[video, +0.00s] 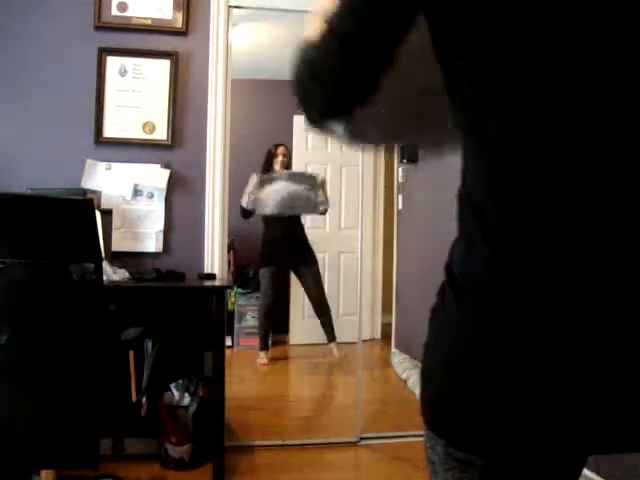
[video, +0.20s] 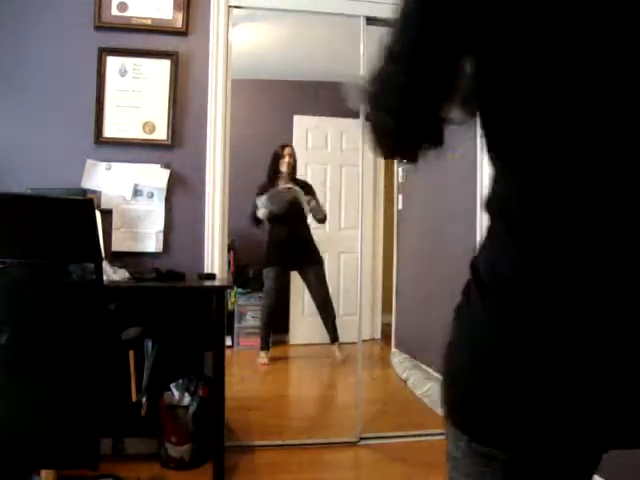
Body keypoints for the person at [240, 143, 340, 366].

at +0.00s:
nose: (282, 159)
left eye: (285, 156)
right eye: (278, 155)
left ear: (290, 159)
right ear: (270, 158)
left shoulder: (297, 182)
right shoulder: (261, 182)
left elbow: (321, 210)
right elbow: (245, 213)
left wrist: (321, 189)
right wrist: (252, 188)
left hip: (297, 243)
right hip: (272, 245)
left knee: (317, 294)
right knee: (267, 299)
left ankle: (332, 342)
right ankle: (264, 350)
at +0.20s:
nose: (288, 160)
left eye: (291, 157)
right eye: (284, 157)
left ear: (295, 161)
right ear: (276, 160)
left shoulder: (303, 187)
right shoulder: (266, 189)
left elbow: (321, 217)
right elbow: (257, 220)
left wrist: (306, 199)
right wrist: (269, 203)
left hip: (303, 247)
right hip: (277, 250)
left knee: (321, 295)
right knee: (270, 300)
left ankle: (335, 343)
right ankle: (264, 349)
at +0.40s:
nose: (309, 163)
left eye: (312, 159)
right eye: (304, 159)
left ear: (317, 163)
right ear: (297, 164)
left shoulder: (327, 191)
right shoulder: (289, 191)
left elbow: (344, 218)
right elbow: (273, 221)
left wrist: (344, 222)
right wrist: (281, 230)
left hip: (321, 252)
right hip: (293, 254)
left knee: (330, 302)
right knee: (281, 300)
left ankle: (334, 347)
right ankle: (265, 347)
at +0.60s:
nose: (318, 162)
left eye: (321, 158)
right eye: (314, 158)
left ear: (326, 161)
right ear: (307, 163)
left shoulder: (338, 188)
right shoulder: (299, 188)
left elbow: (360, 213)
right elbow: (270, 210)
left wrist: (347, 225)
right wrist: (280, 222)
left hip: (326, 249)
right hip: (299, 248)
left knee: (332, 301)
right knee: (277, 295)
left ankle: (335, 348)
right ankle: (256, 342)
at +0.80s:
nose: (317, 162)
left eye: (321, 158)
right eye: (313, 158)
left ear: (326, 162)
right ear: (307, 164)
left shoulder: (337, 190)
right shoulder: (298, 189)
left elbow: (355, 216)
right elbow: (270, 210)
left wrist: (346, 229)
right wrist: (280, 222)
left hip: (325, 249)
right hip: (297, 248)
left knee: (332, 302)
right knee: (275, 293)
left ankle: (335, 347)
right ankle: (250, 341)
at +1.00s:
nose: (306, 166)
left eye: (309, 162)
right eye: (302, 162)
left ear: (314, 166)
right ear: (294, 166)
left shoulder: (321, 194)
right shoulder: (283, 190)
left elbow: (341, 223)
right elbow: (253, 211)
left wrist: (333, 232)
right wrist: (265, 225)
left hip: (312, 253)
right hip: (285, 253)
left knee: (325, 302)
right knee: (267, 301)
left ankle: (334, 347)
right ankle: (249, 346)